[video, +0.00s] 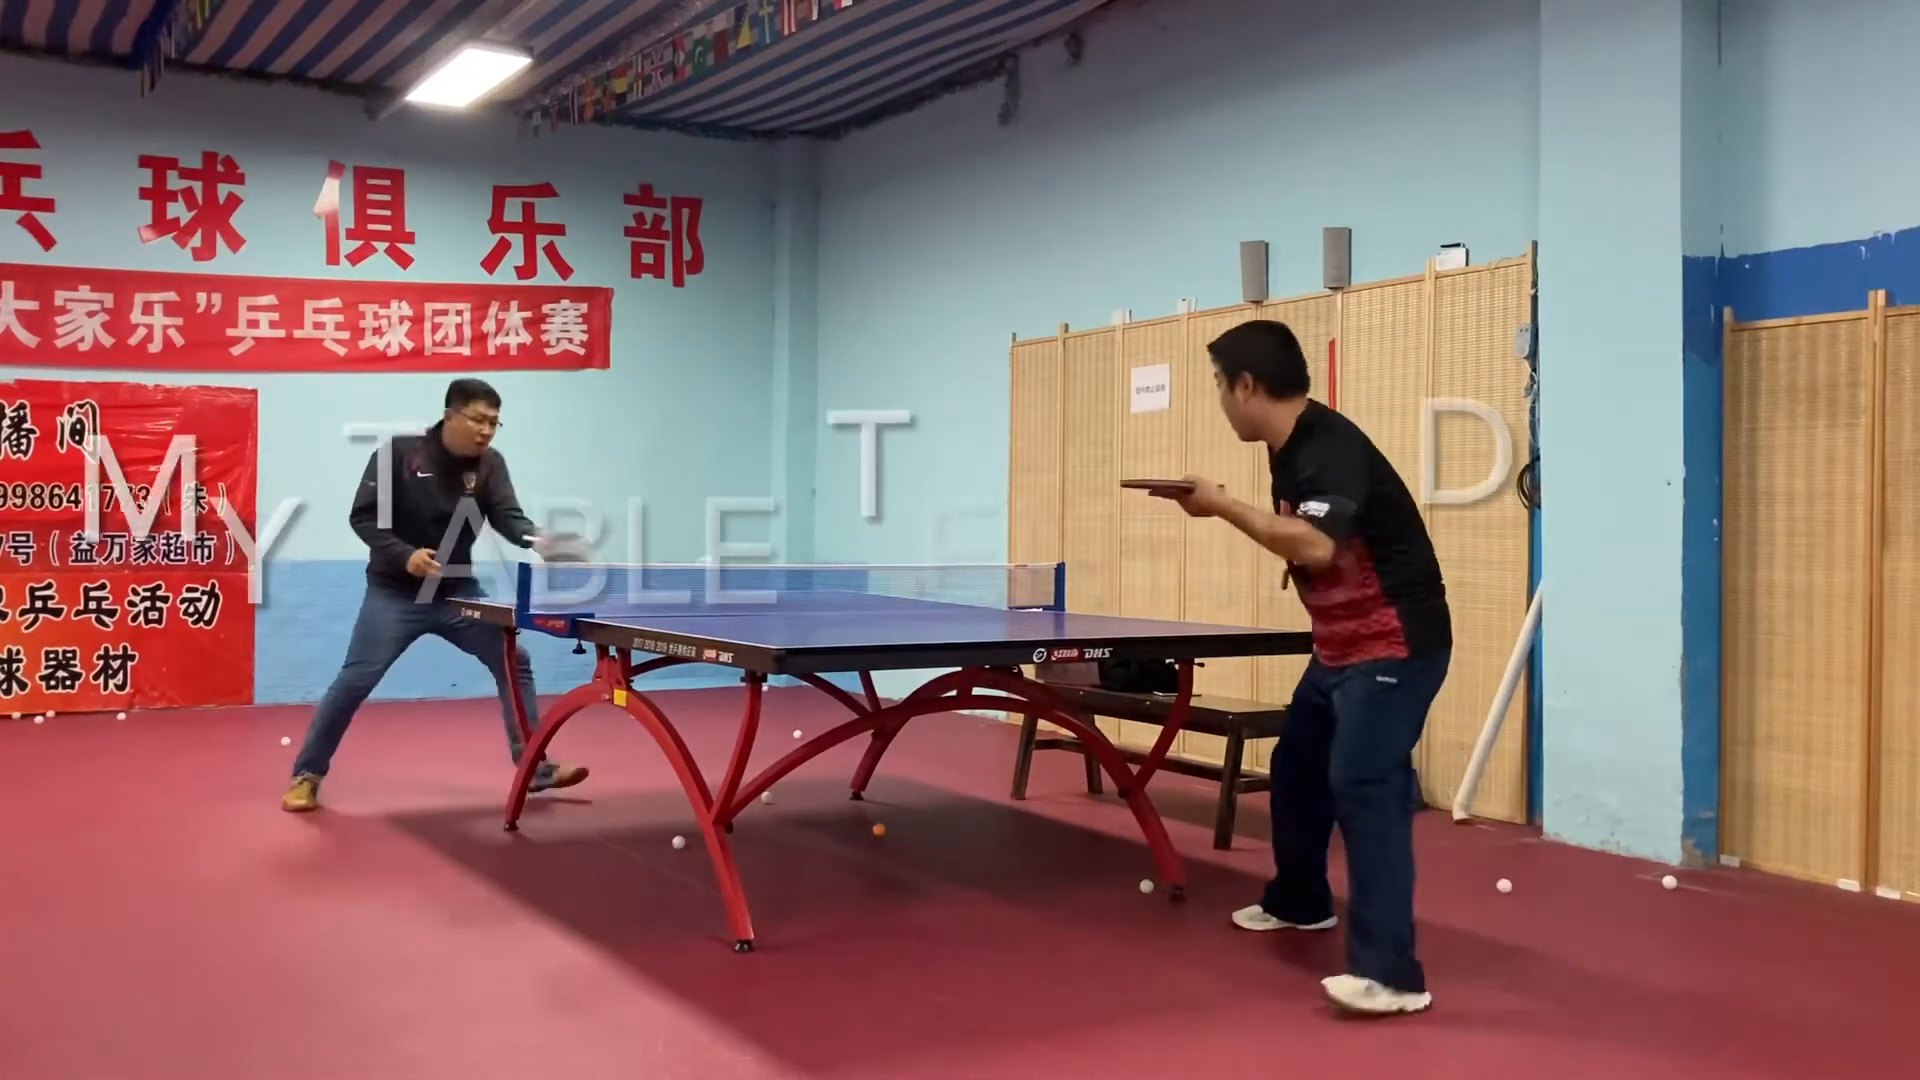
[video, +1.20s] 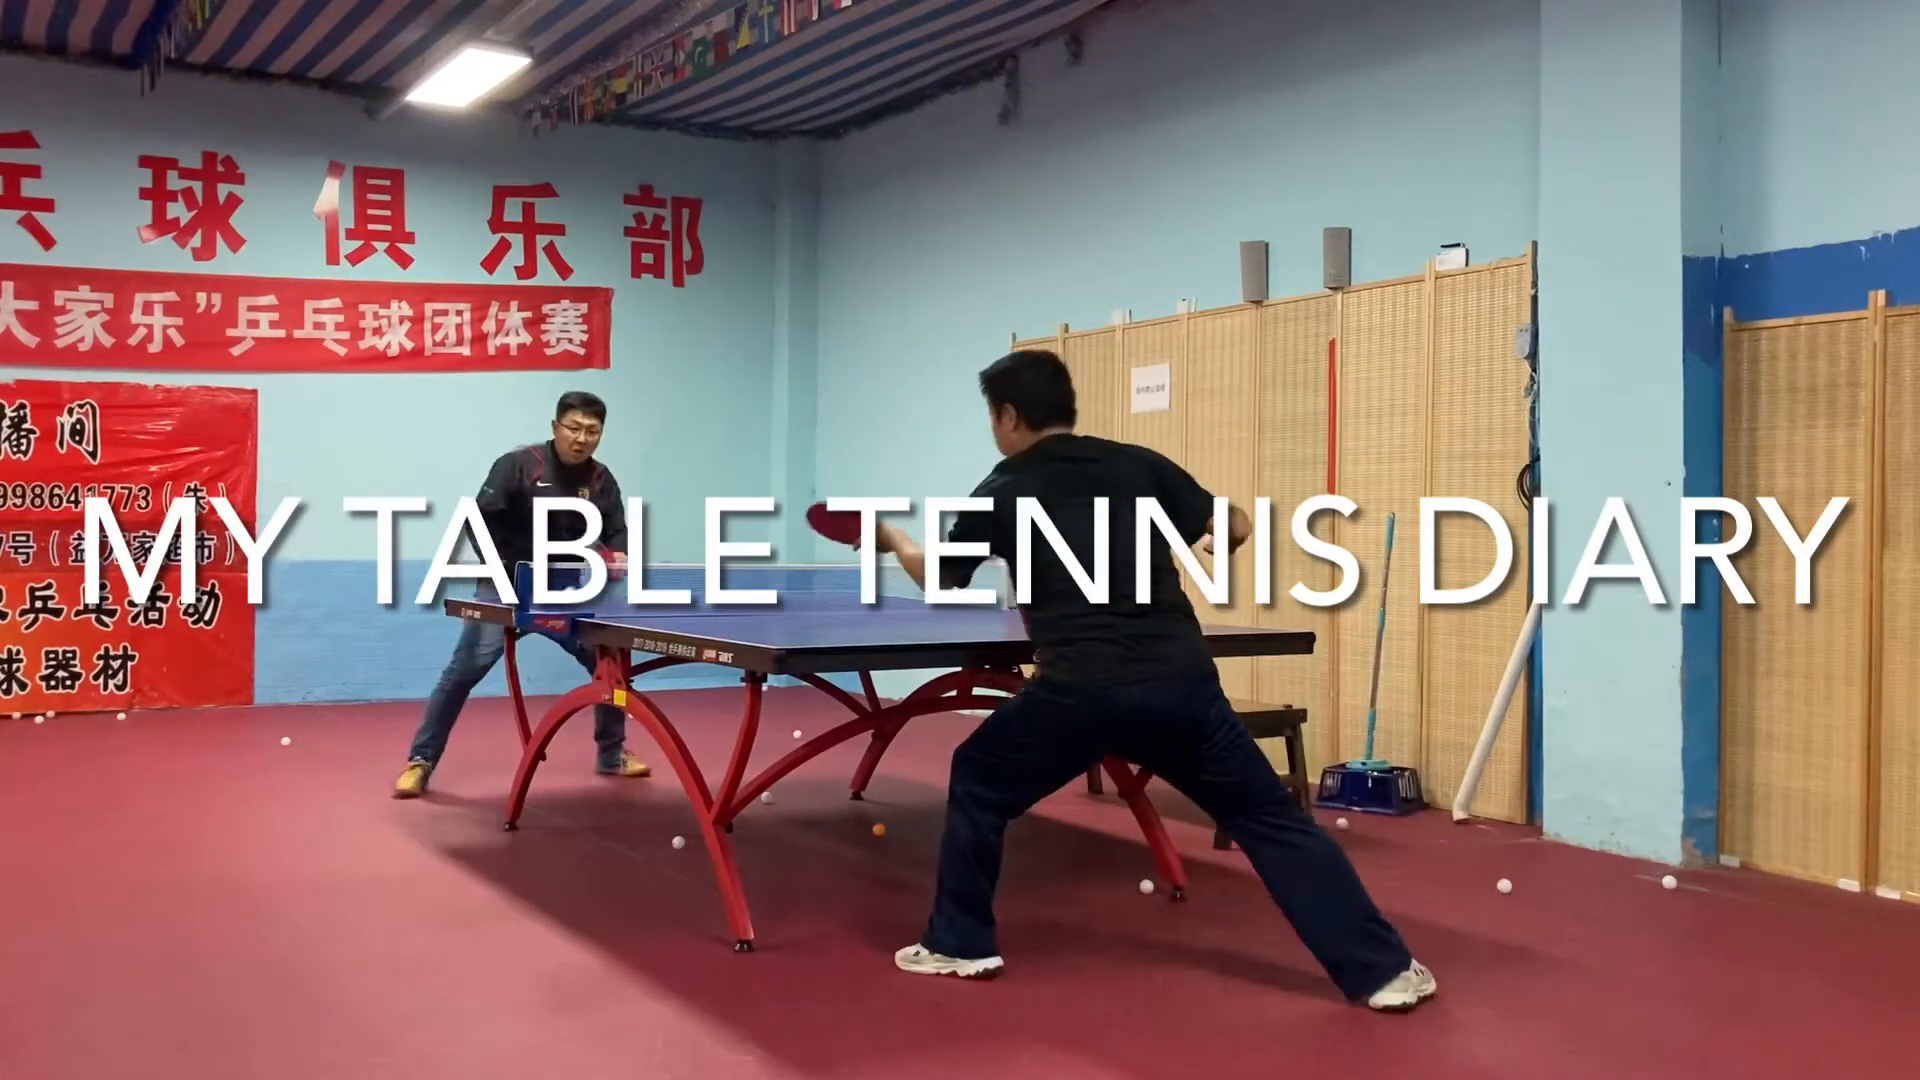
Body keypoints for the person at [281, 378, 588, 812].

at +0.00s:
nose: (487, 430)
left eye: (493, 423)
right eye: (478, 420)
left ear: (496, 425)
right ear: (450, 417)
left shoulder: (489, 464)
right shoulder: (398, 453)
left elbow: (507, 515)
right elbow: (363, 517)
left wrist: (536, 538)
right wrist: (404, 554)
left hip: (457, 594)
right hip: (394, 595)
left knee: (513, 659)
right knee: (358, 676)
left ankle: (534, 766)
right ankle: (307, 775)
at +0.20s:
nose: (534, 454)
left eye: (542, 446)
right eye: (526, 443)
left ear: (549, 446)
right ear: (500, 437)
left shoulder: (546, 486)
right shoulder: (456, 459)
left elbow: (561, 541)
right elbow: (410, 501)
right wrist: (409, 546)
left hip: (505, 609)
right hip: (441, 601)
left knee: (541, 667)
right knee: (381, 679)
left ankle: (556, 780)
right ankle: (325, 776)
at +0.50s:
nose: (538, 438)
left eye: (547, 430)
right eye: (529, 428)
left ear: (555, 431)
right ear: (506, 425)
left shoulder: (561, 480)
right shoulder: (471, 453)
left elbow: (569, 546)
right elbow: (439, 499)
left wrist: (552, 598)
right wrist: (425, 548)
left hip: (527, 602)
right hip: (462, 593)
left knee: (545, 668)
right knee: (405, 676)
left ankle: (557, 779)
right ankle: (382, 766)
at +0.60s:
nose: (525, 428)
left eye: (532, 419)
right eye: (515, 418)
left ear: (540, 422)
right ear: (491, 418)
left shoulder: (549, 470)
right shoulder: (454, 452)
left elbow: (564, 539)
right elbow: (414, 502)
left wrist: (547, 594)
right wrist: (411, 549)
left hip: (521, 597)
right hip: (457, 592)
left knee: (550, 671)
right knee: (411, 680)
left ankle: (563, 777)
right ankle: (401, 766)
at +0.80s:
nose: (516, 428)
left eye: (524, 420)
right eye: (506, 418)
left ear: (531, 424)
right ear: (484, 418)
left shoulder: (540, 470)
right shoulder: (446, 461)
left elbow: (576, 532)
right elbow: (409, 514)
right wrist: (401, 557)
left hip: (522, 601)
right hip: (456, 599)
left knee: (576, 668)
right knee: (410, 681)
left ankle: (598, 759)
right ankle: (399, 766)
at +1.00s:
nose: (558, 422)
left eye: (566, 415)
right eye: (548, 413)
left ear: (573, 419)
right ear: (527, 413)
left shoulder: (576, 465)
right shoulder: (485, 456)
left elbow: (598, 521)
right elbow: (446, 510)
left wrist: (620, 518)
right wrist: (460, 568)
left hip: (547, 587)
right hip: (484, 587)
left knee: (604, 650)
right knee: (443, 672)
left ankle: (610, 750)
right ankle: (404, 764)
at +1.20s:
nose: (580, 438)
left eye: (590, 431)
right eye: (572, 428)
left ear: (600, 435)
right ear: (555, 426)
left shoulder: (603, 483)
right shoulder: (517, 467)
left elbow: (618, 541)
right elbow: (477, 527)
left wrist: (615, 557)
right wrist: (500, 577)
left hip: (569, 596)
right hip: (507, 591)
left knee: (611, 660)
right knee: (467, 665)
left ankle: (613, 755)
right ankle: (420, 762)